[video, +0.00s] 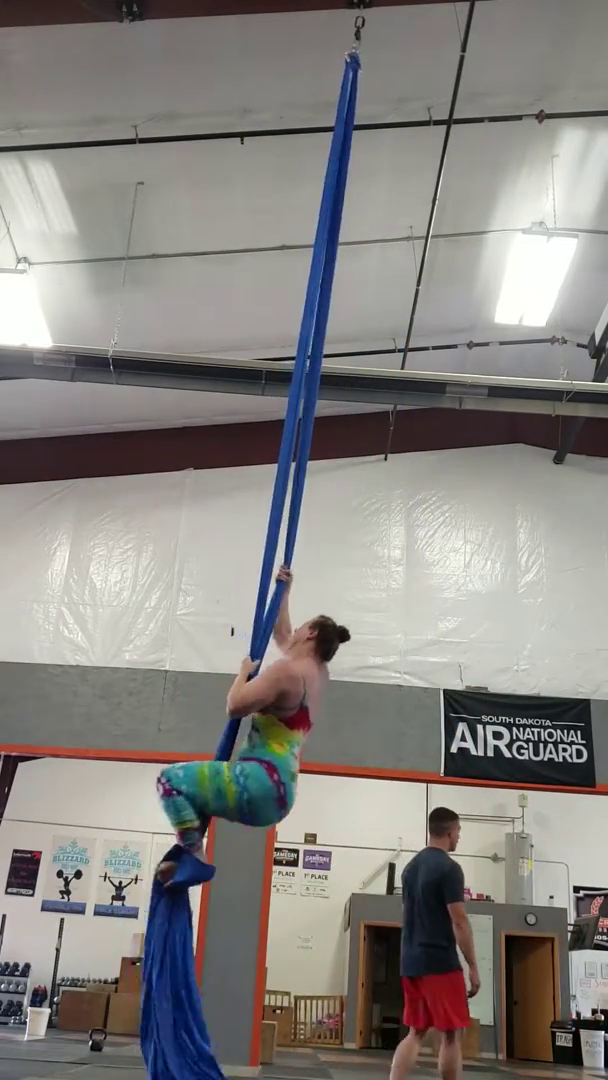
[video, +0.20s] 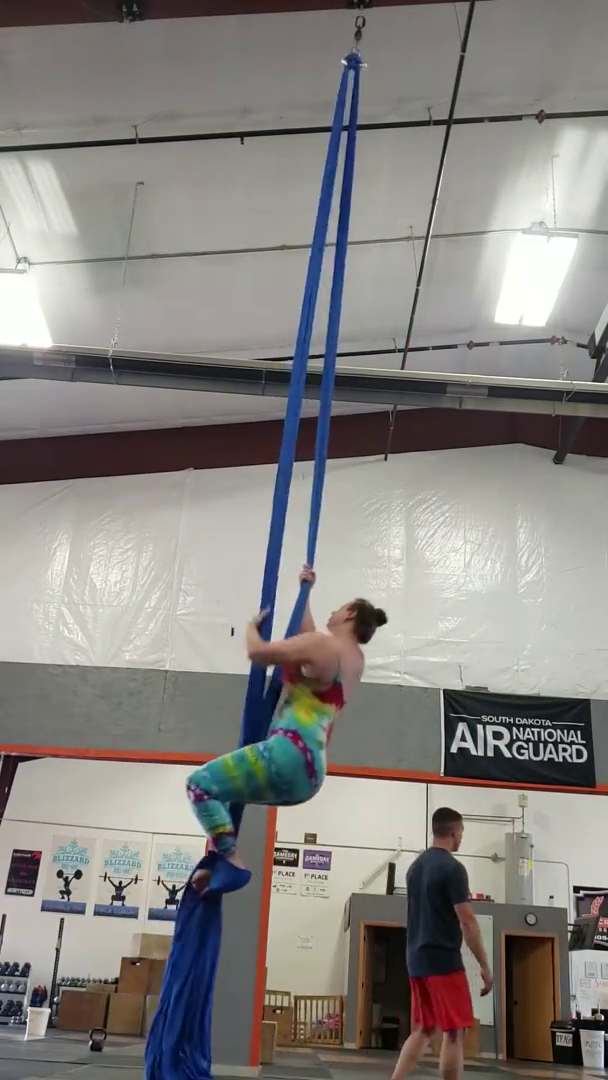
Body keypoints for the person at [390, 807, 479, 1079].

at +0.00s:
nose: (459, 837)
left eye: (459, 832)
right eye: (458, 832)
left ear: (430, 832)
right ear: (452, 833)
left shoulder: (411, 866)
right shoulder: (448, 867)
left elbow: (409, 917)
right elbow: (459, 920)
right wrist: (472, 966)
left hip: (410, 962)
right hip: (441, 963)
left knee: (416, 1032)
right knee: (452, 1035)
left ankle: (395, 1076)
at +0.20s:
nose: (461, 838)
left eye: (461, 833)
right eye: (461, 833)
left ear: (434, 832)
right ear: (455, 833)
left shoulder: (416, 866)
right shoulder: (452, 867)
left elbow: (416, 916)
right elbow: (467, 920)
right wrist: (484, 965)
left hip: (416, 960)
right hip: (443, 960)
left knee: (424, 1030)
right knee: (455, 1032)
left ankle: (396, 1076)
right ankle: (450, 1077)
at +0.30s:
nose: (461, 836)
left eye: (460, 831)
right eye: (459, 831)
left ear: (434, 832)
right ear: (449, 833)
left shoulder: (416, 867)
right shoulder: (447, 868)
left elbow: (422, 916)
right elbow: (464, 921)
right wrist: (487, 961)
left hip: (416, 962)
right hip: (441, 963)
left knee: (422, 1033)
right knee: (452, 1035)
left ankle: (402, 1077)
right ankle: (449, 1078)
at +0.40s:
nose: (457, 837)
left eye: (457, 831)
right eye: (454, 831)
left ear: (434, 833)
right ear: (441, 833)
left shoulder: (415, 867)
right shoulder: (439, 869)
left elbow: (418, 919)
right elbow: (456, 921)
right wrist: (485, 957)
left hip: (414, 962)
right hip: (437, 963)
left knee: (420, 1034)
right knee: (452, 1034)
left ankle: (400, 1077)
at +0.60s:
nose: (446, 840)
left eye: (446, 834)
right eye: (442, 834)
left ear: (424, 836)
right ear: (426, 835)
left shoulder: (413, 867)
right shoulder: (419, 870)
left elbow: (420, 922)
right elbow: (427, 922)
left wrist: (446, 959)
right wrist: (453, 960)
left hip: (405, 964)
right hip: (421, 965)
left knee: (410, 1034)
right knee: (438, 1033)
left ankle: (397, 1077)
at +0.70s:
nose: (442, 842)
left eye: (442, 837)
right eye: (438, 837)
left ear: (422, 839)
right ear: (421, 838)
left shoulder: (410, 869)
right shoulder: (411, 871)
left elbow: (411, 924)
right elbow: (412, 926)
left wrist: (423, 966)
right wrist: (426, 967)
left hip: (403, 967)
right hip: (411, 967)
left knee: (406, 1036)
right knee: (428, 1036)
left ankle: (395, 1077)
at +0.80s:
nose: (439, 844)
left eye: (439, 838)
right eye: (435, 838)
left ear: (418, 840)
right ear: (418, 838)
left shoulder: (411, 869)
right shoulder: (403, 870)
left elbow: (406, 919)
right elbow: (395, 918)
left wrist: (412, 963)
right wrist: (397, 964)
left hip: (410, 965)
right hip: (406, 966)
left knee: (404, 1035)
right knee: (417, 1034)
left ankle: (395, 1076)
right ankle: (421, 1077)